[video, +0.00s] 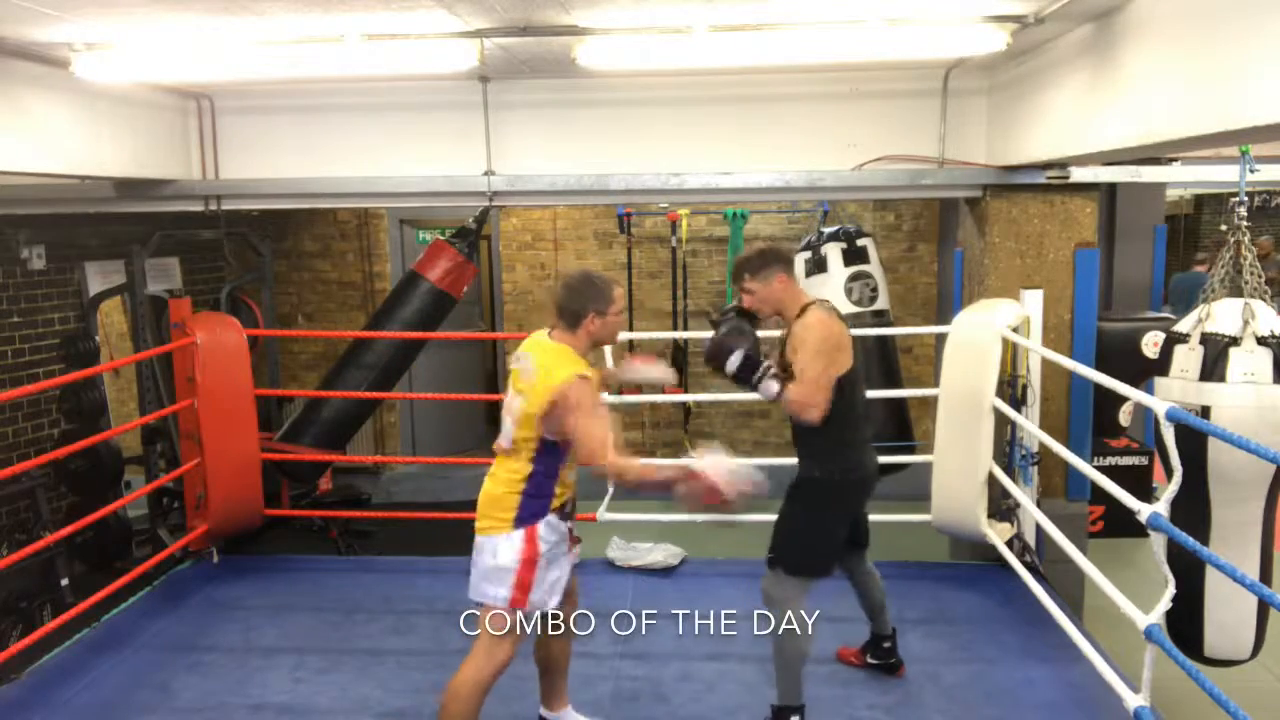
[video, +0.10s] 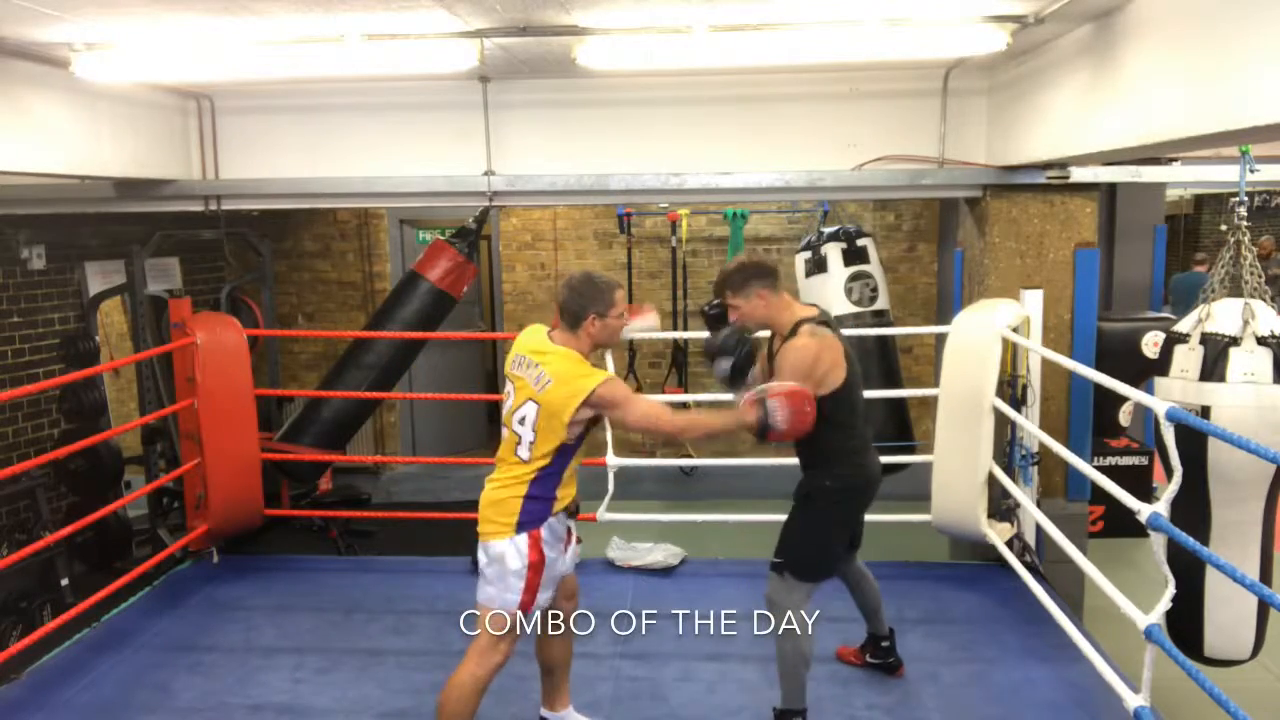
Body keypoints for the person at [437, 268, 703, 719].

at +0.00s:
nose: (622, 322)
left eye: (622, 312)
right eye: (617, 313)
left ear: (578, 317)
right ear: (591, 321)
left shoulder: (536, 345)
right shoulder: (574, 379)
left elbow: (565, 388)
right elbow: (605, 463)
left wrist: (618, 374)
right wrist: (681, 472)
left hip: (541, 512)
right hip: (519, 519)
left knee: (561, 604)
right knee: (495, 648)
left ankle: (555, 710)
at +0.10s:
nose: (624, 322)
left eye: (625, 313)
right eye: (619, 315)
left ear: (565, 314)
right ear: (589, 325)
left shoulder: (528, 339)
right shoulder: (589, 382)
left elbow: (575, 336)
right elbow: (671, 425)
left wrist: (619, 326)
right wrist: (744, 416)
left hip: (539, 512)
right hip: (521, 523)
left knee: (561, 602)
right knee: (490, 649)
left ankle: (556, 707)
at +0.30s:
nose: (609, 317)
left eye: (610, 308)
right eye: (605, 309)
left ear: (569, 308)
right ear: (578, 312)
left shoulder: (534, 332)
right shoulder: (559, 383)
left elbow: (585, 317)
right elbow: (583, 467)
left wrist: (620, 279)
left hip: (546, 504)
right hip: (525, 515)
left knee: (562, 604)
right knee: (505, 646)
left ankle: (557, 710)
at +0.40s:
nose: (600, 314)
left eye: (598, 304)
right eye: (593, 306)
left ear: (562, 311)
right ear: (565, 313)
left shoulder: (551, 350)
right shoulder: (530, 377)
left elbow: (597, 367)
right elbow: (543, 471)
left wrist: (653, 344)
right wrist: (613, 488)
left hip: (552, 510)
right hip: (519, 520)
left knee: (558, 613)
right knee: (501, 646)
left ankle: (557, 710)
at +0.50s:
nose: (590, 314)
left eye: (589, 304)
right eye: (584, 306)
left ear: (552, 313)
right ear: (555, 315)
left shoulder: (545, 352)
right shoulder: (512, 380)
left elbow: (576, 362)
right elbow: (524, 473)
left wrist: (631, 344)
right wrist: (599, 464)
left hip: (548, 515)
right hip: (508, 527)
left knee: (574, 610)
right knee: (488, 653)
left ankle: (559, 708)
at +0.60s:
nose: (587, 312)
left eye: (585, 302)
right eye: (580, 304)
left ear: (551, 314)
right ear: (551, 314)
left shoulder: (555, 352)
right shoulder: (495, 373)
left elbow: (600, 370)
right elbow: (512, 462)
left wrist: (651, 342)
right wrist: (587, 421)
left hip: (551, 513)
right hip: (500, 526)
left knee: (578, 609)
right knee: (483, 652)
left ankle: (568, 704)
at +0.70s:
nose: (588, 311)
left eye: (587, 301)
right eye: (581, 303)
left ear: (552, 312)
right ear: (553, 312)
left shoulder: (558, 355)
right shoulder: (502, 373)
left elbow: (586, 410)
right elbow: (539, 451)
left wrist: (645, 390)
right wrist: (583, 391)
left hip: (549, 517)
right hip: (501, 531)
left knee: (570, 617)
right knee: (486, 659)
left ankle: (571, 708)